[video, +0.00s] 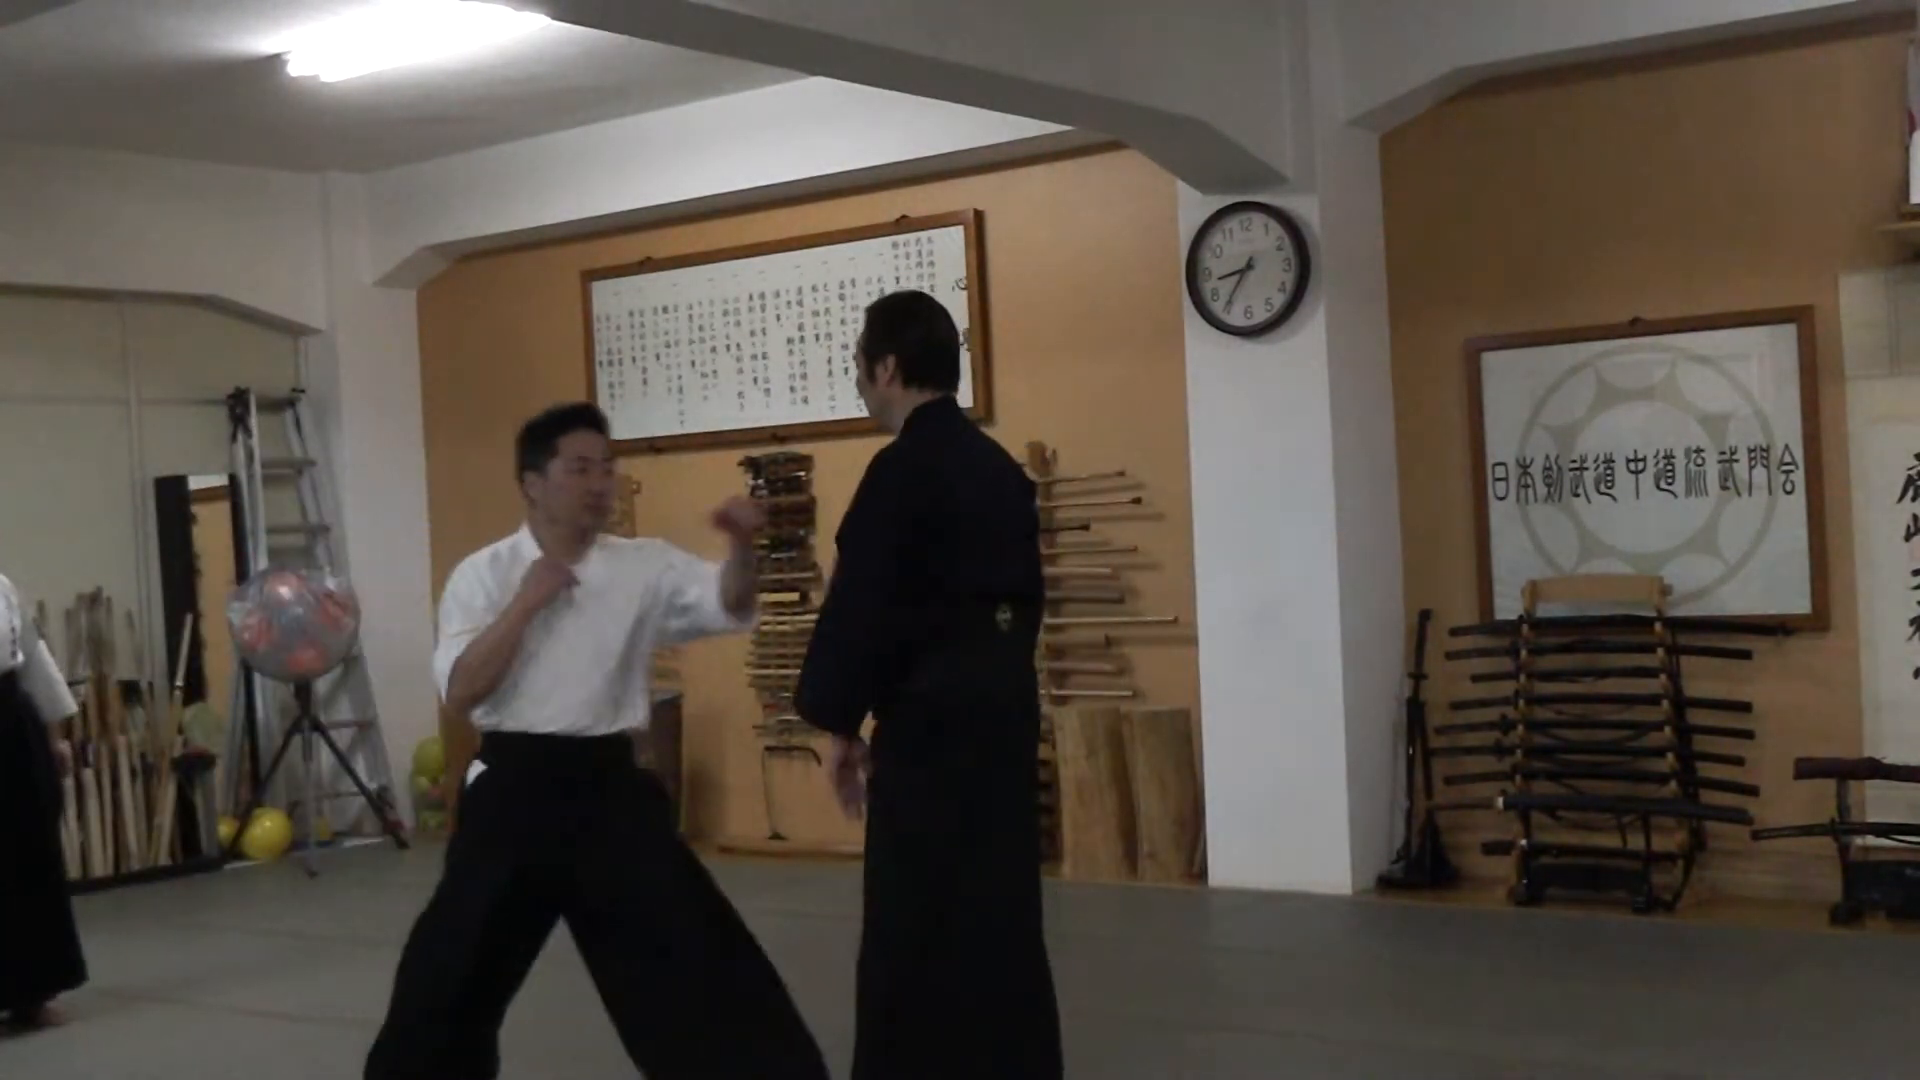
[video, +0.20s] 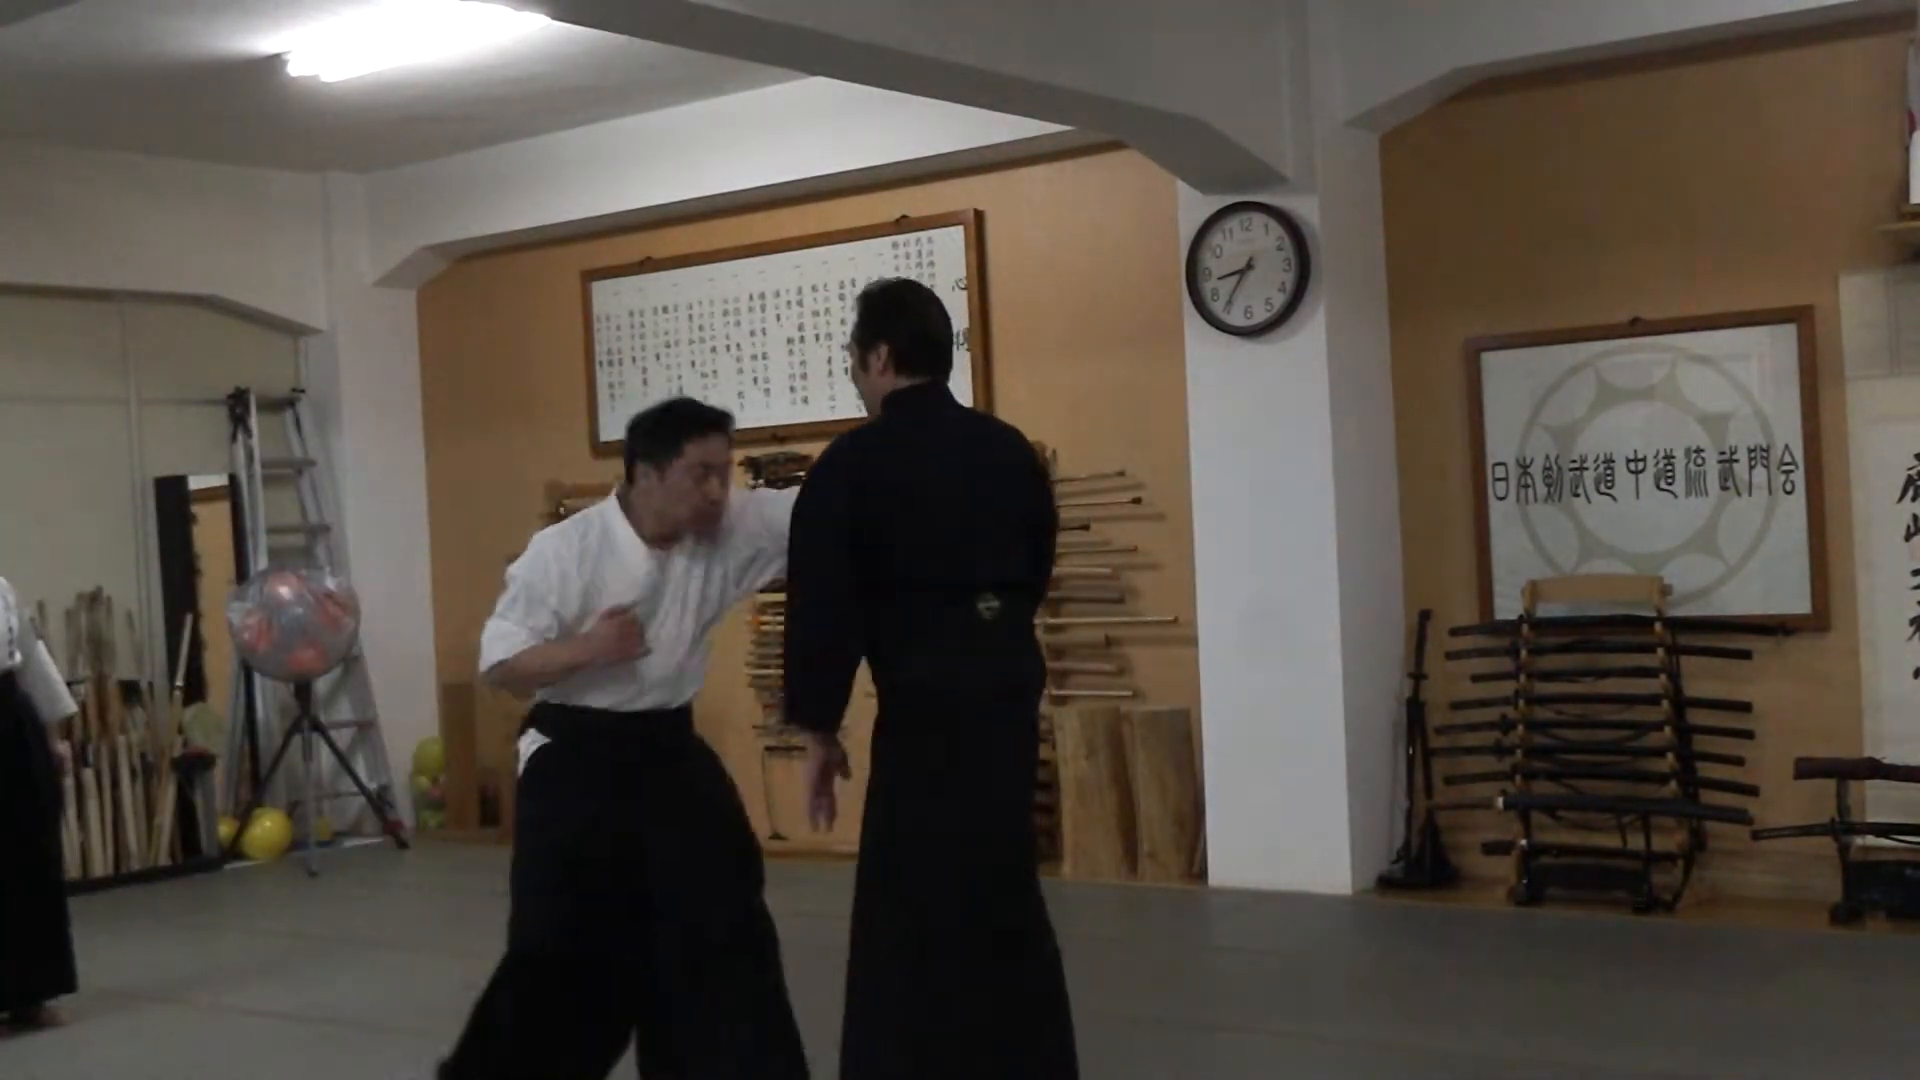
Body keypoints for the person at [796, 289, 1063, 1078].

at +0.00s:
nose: (860, 382)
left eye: (863, 366)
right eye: (860, 367)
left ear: (890, 369)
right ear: (947, 369)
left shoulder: (899, 470)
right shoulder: (1002, 469)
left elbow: (860, 604)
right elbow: (998, 622)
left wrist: (839, 727)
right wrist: (890, 725)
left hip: (924, 741)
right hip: (1001, 734)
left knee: (911, 940)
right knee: (998, 933)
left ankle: (913, 1072)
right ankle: (1013, 1070)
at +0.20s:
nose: (853, 371)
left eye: (857, 356)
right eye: (855, 357)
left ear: (883, 358)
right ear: (942, 359)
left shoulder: (849, 463)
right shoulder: (1012, 448)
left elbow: (823, 605)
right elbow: (1032, 576)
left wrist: (820, 729)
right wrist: (994, 642)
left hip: (916, 702)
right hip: (1008, 693)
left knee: (906, 896)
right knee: (1004, 891)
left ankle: (909, 1061)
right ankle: (1026, 1063)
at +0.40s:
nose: (877, 369)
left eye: (880, 354)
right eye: (879, 354)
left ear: (902, 357)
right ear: (967, 357)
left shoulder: (873, 467)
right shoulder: (1039, 448)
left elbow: (871, 619)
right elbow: (1069, 589)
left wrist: (876, 750)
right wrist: (1035, 682)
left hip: (951, 715)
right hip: (1045, 709)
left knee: (936, 911)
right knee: (1039, 904)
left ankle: (933, 1067)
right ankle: (1042, 1065)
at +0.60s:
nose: (941, 399)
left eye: (941, 381)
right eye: (937, 382)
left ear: (970, 371)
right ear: (1023, 367)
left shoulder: (966, 471)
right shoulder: (1089, 464)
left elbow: (941, 624)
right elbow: (1104, 610)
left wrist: (938, 761)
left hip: (1003, 731)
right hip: (1097, 716)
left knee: (971, 918)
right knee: (1094, 907)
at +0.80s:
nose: (1023, 409)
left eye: (1023, 385)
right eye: (1017, 389)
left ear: (1064, 368)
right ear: (1085, 369)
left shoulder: (1081, 463)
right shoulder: (1175, 458)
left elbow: (1055, 610)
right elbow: (1184, 609)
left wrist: (1048, 744)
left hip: (1116, 739)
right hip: (1199, 723)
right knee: (1192, 928)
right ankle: (1216, 1069)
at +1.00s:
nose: (1095, 396)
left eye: (1096, 374)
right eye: (1089, 378)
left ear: (1140, 356)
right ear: (1154, 357)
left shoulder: (1173, 444)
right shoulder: (1230, 436)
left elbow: (1161, 601)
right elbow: (1244, 599)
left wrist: (1143, 740)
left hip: (1210, 726)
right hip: (1267, 715)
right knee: (1258, 935)